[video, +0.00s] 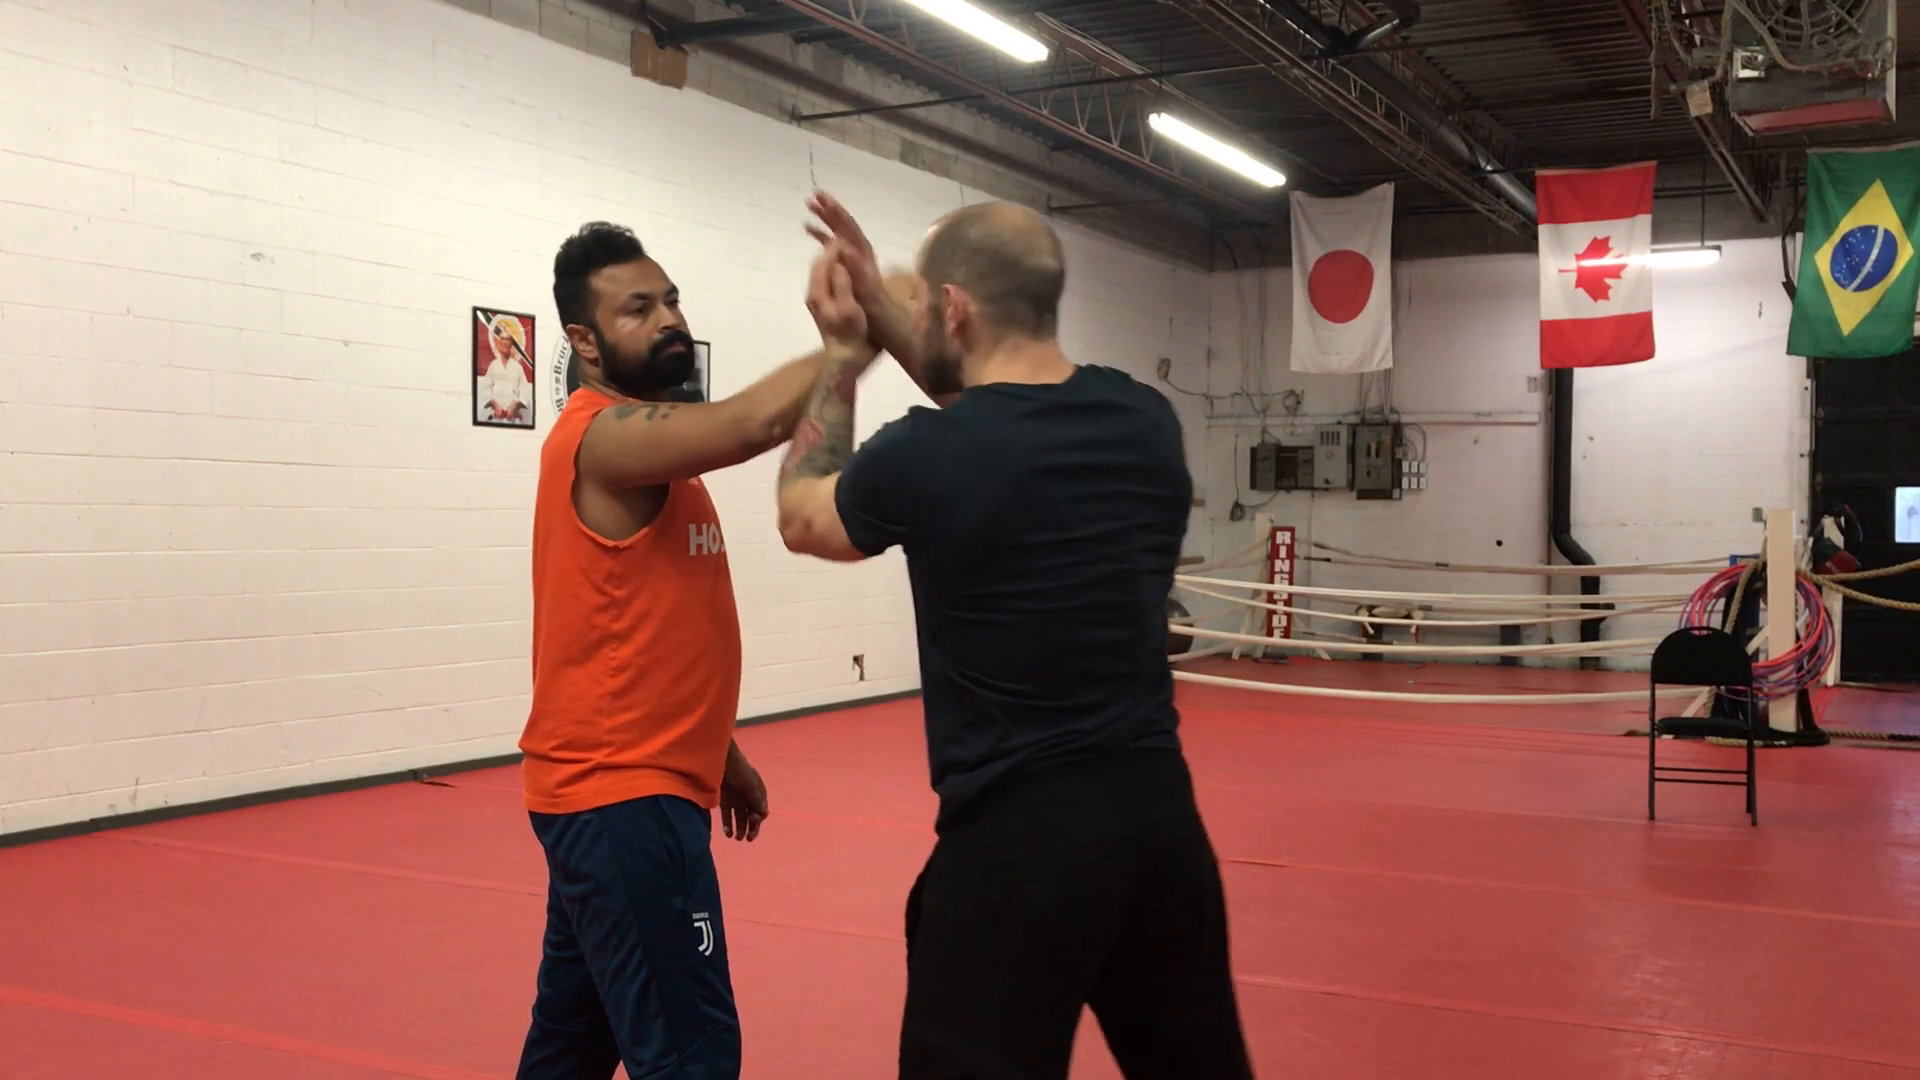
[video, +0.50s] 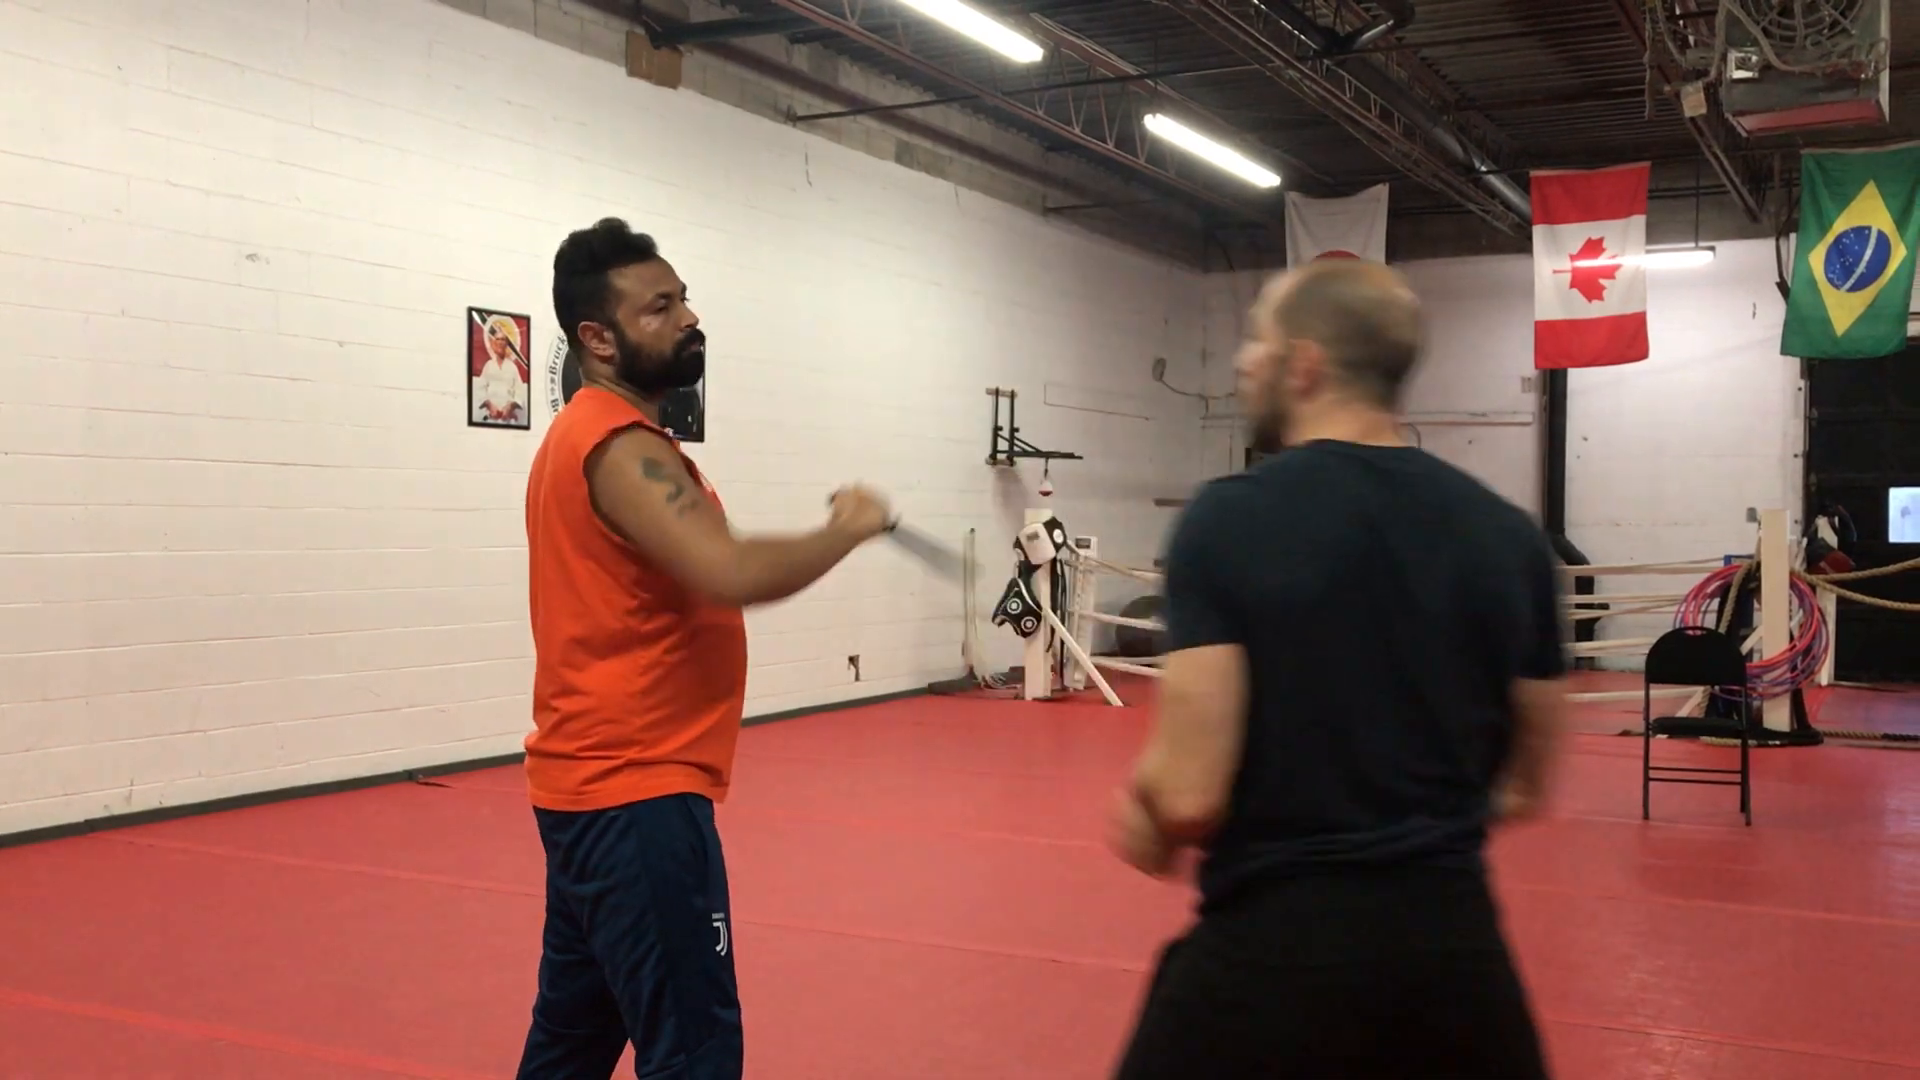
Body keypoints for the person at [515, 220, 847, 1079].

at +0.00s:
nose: (669, 319)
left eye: (670, 301)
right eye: (637, 308)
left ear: (679, 305)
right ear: (585, 341)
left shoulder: (631, 432)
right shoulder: (606, 431)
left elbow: (641, 623)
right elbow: (749, 419)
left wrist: (719, 750)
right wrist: (848, 350)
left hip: (630, 788)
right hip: (619, 793)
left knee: (571, 1047)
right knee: (693, 1054)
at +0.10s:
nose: (671, 316)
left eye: (671, 298)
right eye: (641, 306)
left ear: (679, 303)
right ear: (584, 340)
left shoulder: (626, 429)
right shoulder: (611, 433)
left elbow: (628, 623)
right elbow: (764, 437)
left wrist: (708, 750)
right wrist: (895, 385)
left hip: (615, 786)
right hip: (623, 791)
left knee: (576, 1046)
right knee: (691, 1053)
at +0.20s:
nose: (679, 315)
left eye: (673, 298)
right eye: (648, 303)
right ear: (588, 338)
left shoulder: (598, 432)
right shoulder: (621, 439)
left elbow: (624, 623)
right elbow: (786, 463)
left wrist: (695, 752)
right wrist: (935, 434)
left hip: (605, 787)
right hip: (626, 791)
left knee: (576, 1041)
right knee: (689, 1052)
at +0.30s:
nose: (685, 315)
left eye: (678, 297)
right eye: (655, 303)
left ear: (600, 345)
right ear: (594, 337)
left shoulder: (582, 433)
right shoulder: (629, 444)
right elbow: (788, 484)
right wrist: (935, 457)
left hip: (589, 785)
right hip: (636, 791)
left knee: (572, 1040)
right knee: (690, 1052)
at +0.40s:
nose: (689, 315)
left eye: (681, 296)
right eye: (659, 305)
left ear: (596, 346)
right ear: (595, 338)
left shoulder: (578, 435)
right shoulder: (627, 445)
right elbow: (770, 517)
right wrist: (885, 481)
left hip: (586, 784)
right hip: (641, 792)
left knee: (571, 1039)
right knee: (693, 1052)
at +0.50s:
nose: (690, 318)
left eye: (682, 299)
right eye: (661, 306)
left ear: (598, 345)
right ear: (598, 339)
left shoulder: (576, 437)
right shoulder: (621, 442)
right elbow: (724, 571)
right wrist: (843, 532)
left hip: (587, 787)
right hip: (639, 793)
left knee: (573, 1040)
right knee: (697, 1050)